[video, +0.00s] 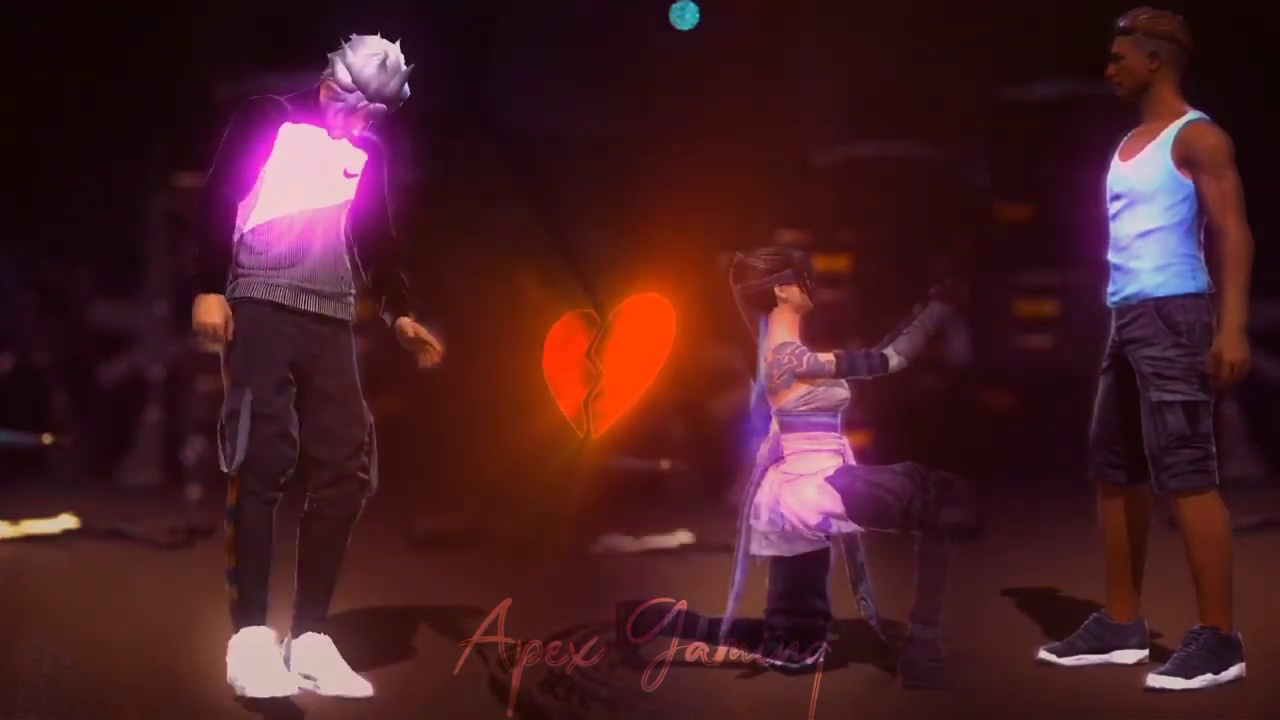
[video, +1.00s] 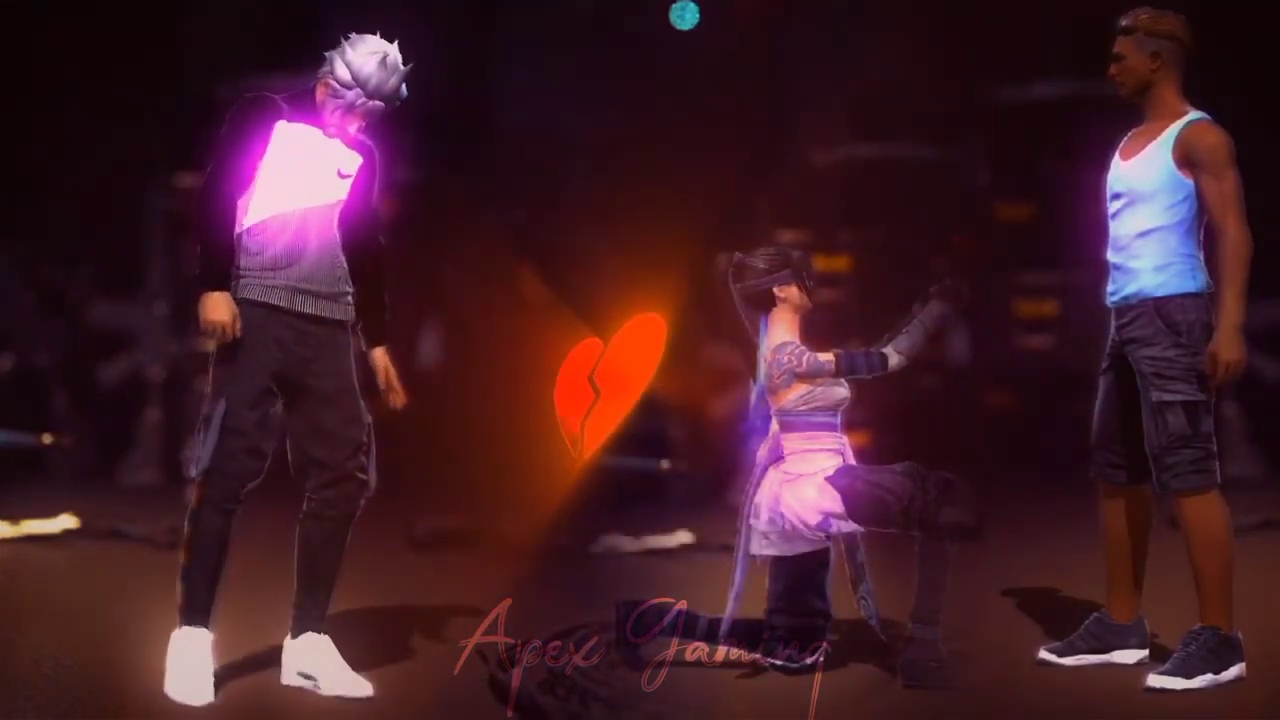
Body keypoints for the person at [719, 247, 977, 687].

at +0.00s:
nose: (809, 289)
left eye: (805, 281)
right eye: (800, 282)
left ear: (782, 292)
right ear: (780, 290)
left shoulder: (784, 345)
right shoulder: (787, 353)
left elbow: (877, 358)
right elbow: (885, 361)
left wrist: (926, 313)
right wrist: (936, 311)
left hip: (799, 482)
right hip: (809, 485)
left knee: (797, 645)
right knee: (943, 497)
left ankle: (677, 624)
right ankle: (923, 650)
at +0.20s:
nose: (808, 290)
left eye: (804, 282)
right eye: (800, 282)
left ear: (779, 292)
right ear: (781, 291)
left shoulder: (783, 346)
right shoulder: (786, 353)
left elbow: (878, 359)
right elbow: (884, 361)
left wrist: (927, 311)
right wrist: (937, 309)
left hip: (797, 484)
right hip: (811, 485)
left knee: (797, 646)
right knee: (942, 497)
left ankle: (678, 624)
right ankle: (924, 650)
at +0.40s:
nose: (809, 290)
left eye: (805, 281)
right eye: (801, 282)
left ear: (779, 292)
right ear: (780, 291)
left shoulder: (782, 347)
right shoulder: (786, 354)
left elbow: (877, 359)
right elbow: (884, 361)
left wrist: (927, 310)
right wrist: (938, 308)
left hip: (796, 484)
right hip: (809, 486)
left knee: (796, 645)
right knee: (943, 497)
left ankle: (677, 624)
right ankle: (923, 649)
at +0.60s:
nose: (808, 290)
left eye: (803, 282)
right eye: (799, 282)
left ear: (780, 293)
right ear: (780, 291)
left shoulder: (783, 349)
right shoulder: (786, 354)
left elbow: (879, 359)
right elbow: (885, 360)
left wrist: (929, 309)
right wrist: (939, 306)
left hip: (796, 484)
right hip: (809, 486)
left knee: (796, 645)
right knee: (945, 497)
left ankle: (675, 624)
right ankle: (923, 650)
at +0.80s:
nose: (808, 291)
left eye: (804, 282)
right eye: (800, 283)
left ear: (780, 292)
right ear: (781, 290)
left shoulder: (783, 348)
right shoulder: (786, 354)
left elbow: (879, 359)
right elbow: (884, 360)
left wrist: (928, 309)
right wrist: (939, 306)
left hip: (797, 484)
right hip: (809, 486)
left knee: (796, 645)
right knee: (945, 497)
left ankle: (676, 624)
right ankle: (923, 650)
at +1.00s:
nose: (808, 290)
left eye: (803, 282)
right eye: (800, 283)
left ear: (779, 293)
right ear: (780, 291)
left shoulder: (782, 350)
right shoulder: (787, 354)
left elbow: (879, 359)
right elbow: (885, 360)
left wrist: (928, 310)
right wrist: (938, 307)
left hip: (797, 484)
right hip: (809, 486)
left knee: (795, 645)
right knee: (942, 497)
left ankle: (675, 624)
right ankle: (923, 650)